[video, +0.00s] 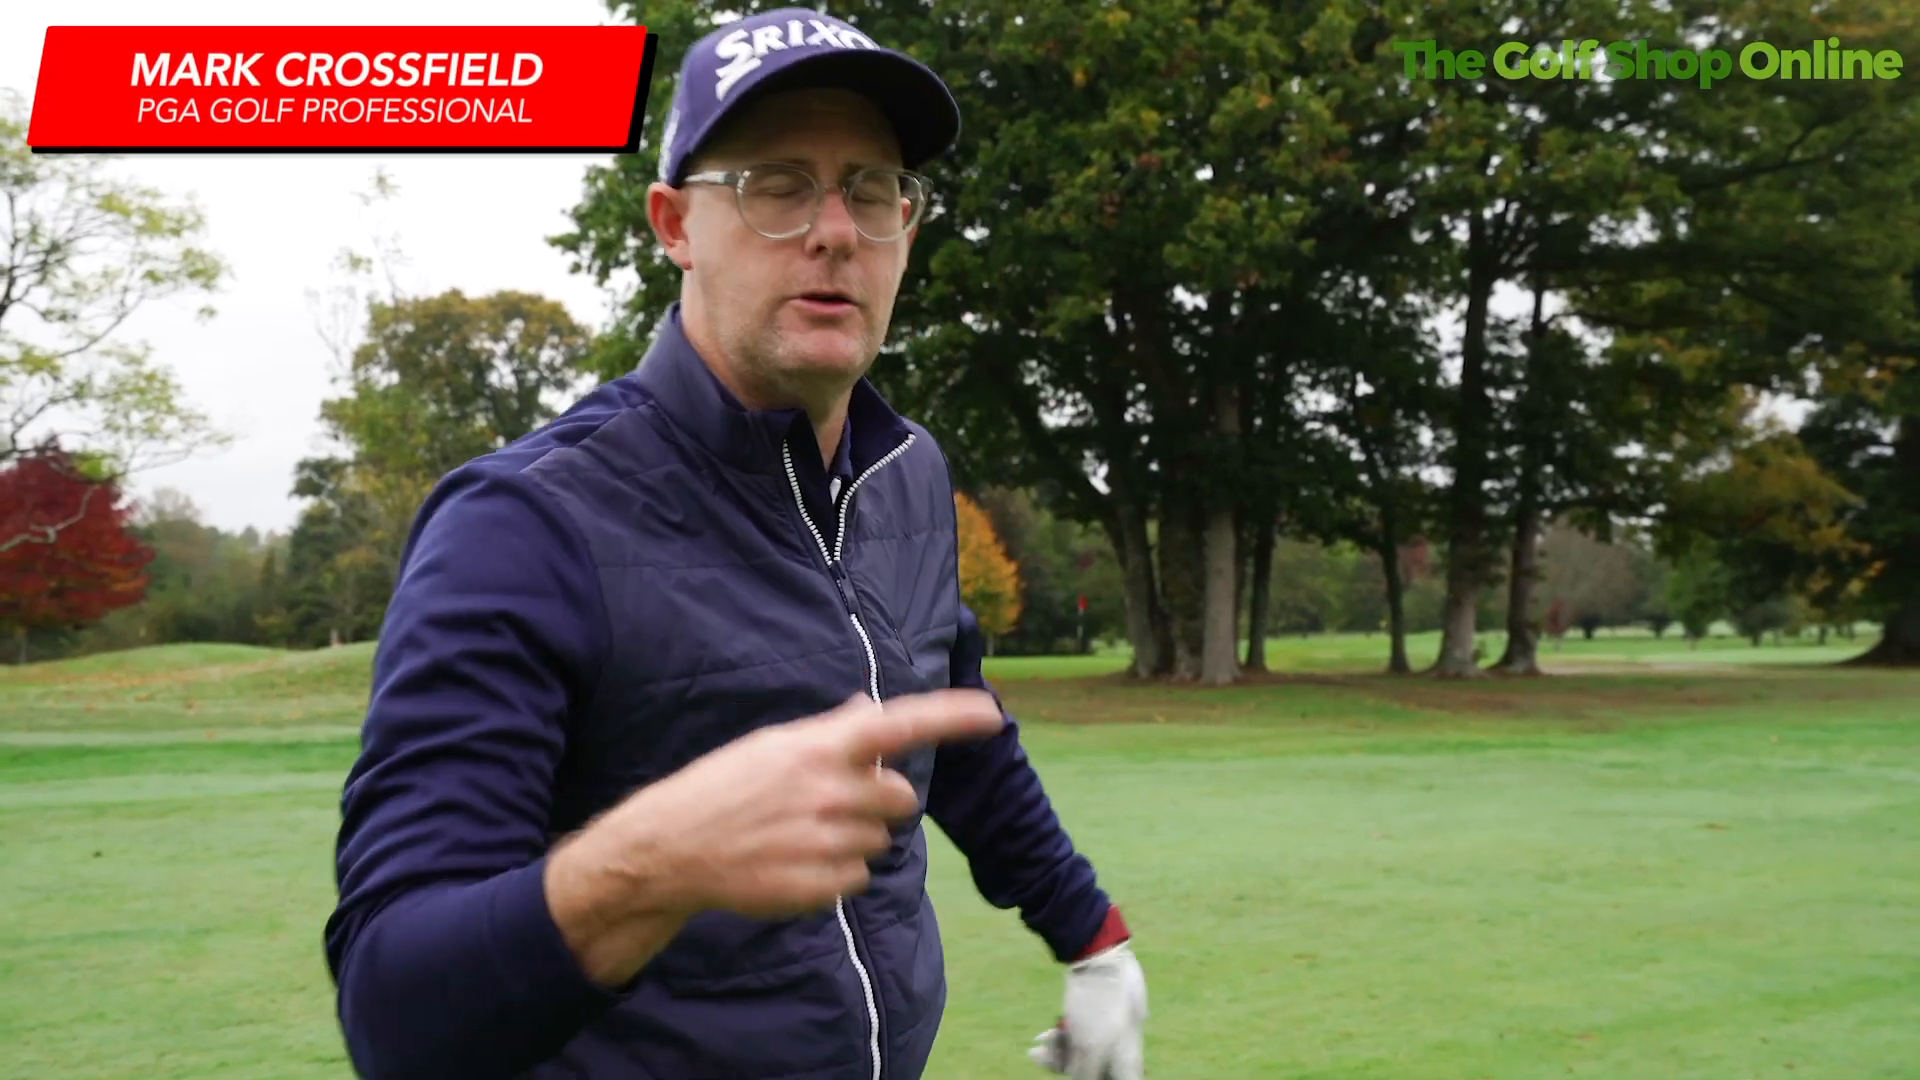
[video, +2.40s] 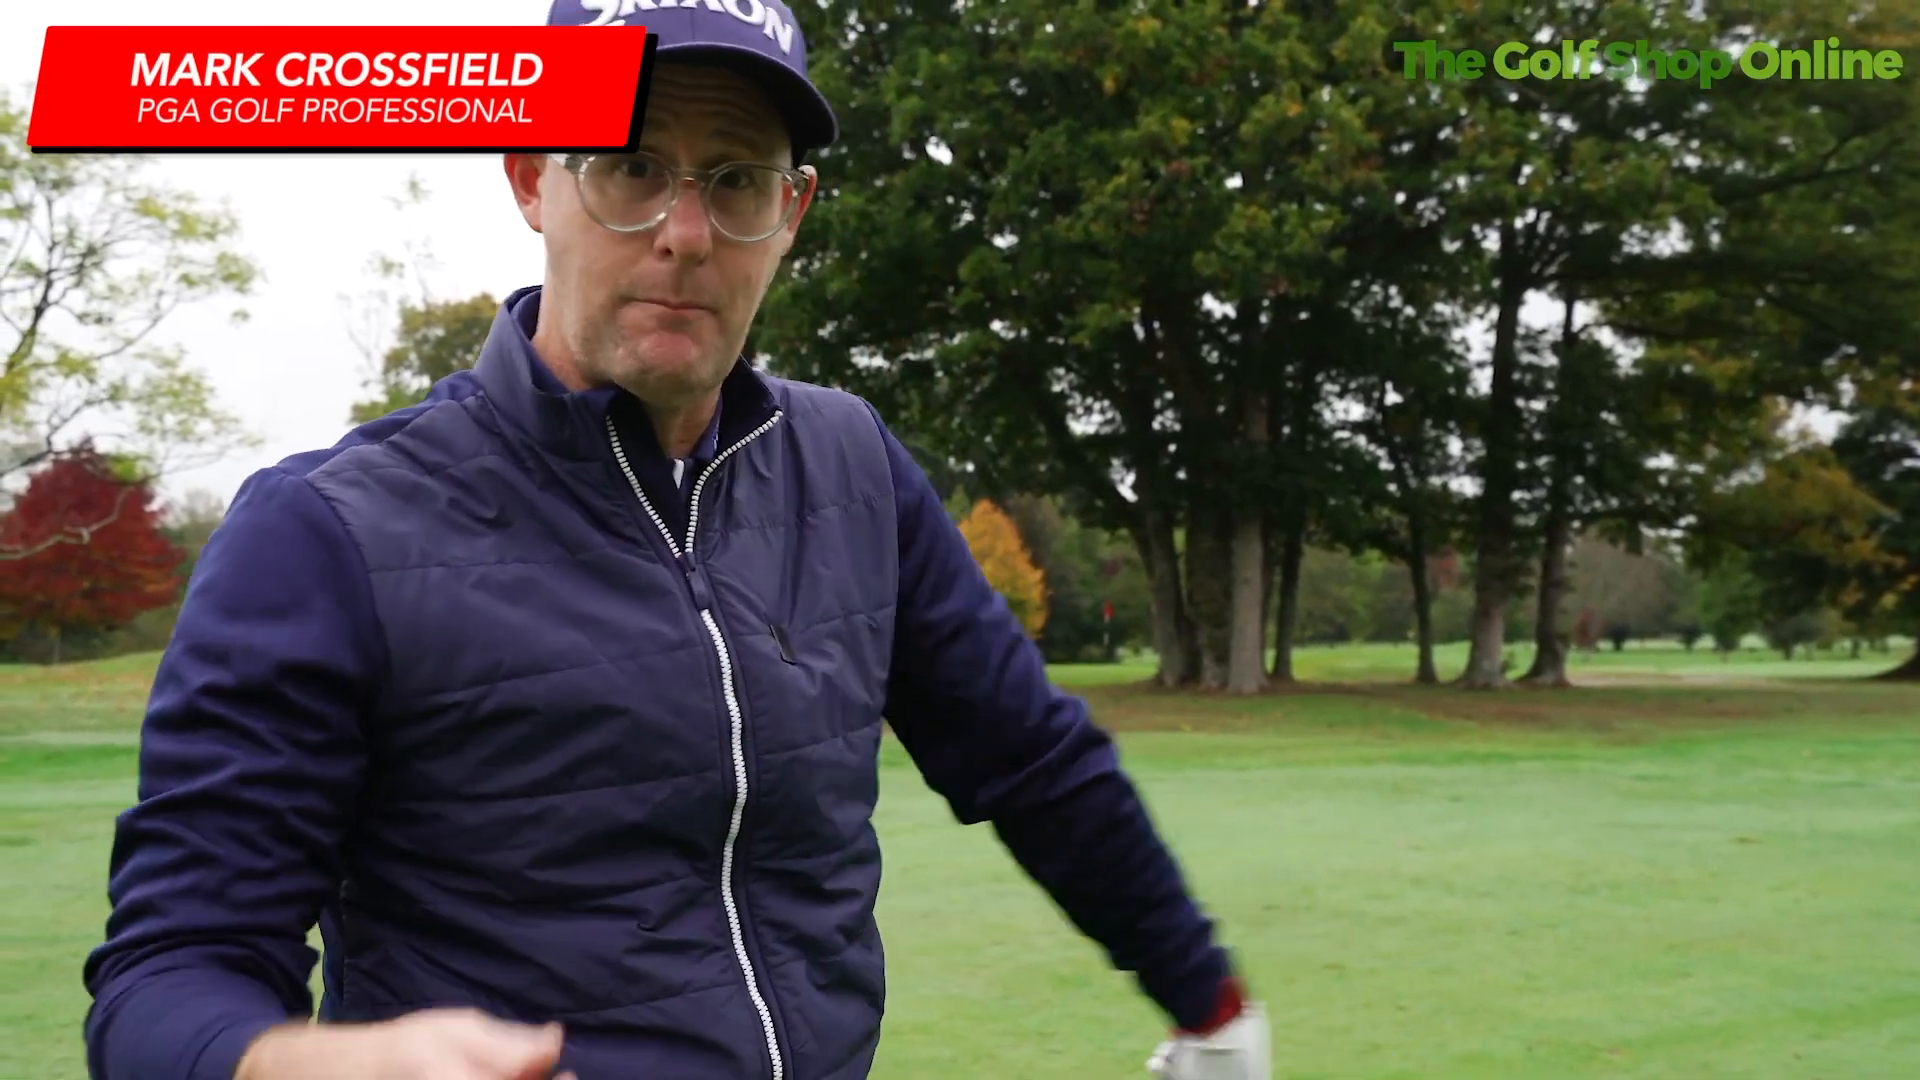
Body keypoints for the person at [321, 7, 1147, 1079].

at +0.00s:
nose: (835, 232)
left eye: (869, 190)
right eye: (777, 186)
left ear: (907, 228)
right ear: (674, 223)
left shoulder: (909, 481)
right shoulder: (525, 524)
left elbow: (958, 724)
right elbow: (397, 1010)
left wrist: (1088, 932)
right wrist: (649, 864)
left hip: (886, 1052)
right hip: (633, 1064)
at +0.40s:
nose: (775, 195)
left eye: (814, 139)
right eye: (705, 141)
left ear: (864, 183)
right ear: (591, 183)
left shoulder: (891, 460)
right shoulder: (423, 543)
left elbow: (1032, 745)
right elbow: (308, 1030)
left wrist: (1280, 973)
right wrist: (513, 1000)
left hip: (857, 1055)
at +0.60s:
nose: (763, 183)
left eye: (807, 129)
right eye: (697, 130)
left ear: (858, 180)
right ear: (596, 180)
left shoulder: (890, 465)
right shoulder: (414, 513)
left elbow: (1065, 762)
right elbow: (260, 996)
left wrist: (1347, 1004)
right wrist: (632, 1025)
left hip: (851, 1063)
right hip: (535, 1072)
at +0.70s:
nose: (764, 188)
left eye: (814, 143)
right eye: (711, 127)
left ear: (866, 197)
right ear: (612, 165)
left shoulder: (887, 467)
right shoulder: (407, 494)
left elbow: (1071, 770)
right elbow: (238, 995)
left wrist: (1353, 1010)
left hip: (836, 1053)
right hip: (544, 1064)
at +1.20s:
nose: (813, 231)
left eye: (857, 197)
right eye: (769, 180)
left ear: (901, 249)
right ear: (675, 206)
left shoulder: (941, 521)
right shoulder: (494, 485)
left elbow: (1111, 788)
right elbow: (234, 837)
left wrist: (1367, 1006)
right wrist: (549, 797)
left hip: (856, 1056)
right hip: (542, 1054)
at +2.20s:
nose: (728, 237)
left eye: (776, 190)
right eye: (679, 177)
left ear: (830, 226)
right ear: (582, 198)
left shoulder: (876, 492)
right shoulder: (378, 520)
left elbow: (1064, 773)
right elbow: (225, 991)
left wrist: (1317, 1025)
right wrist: (433, 954)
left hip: (806, 1068)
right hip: (509, 1070)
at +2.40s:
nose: (685, 231)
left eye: (737, 182)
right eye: (633, 170)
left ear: (793, 222)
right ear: (533, 187)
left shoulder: (854, 475)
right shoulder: (335, 531)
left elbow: (1039, 761)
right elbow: (175, 964)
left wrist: (1215, 1009)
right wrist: (286, 1053)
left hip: (813, 1058)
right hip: (494, 1065)